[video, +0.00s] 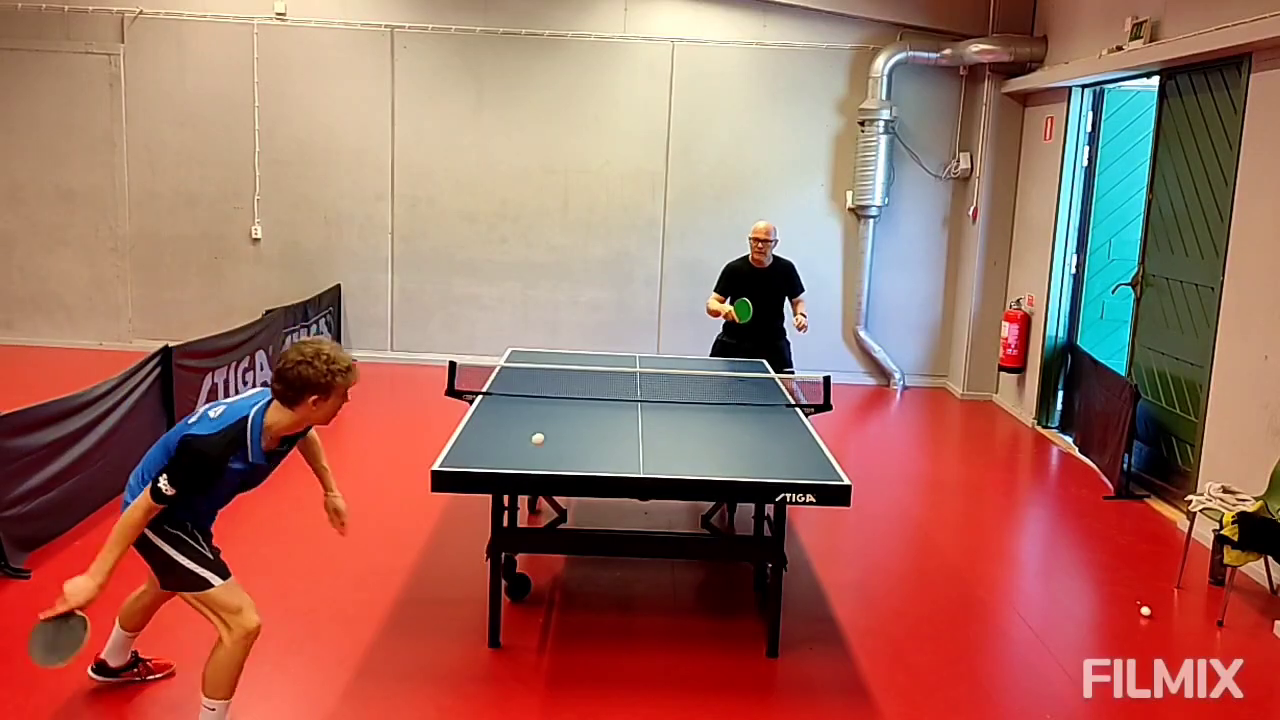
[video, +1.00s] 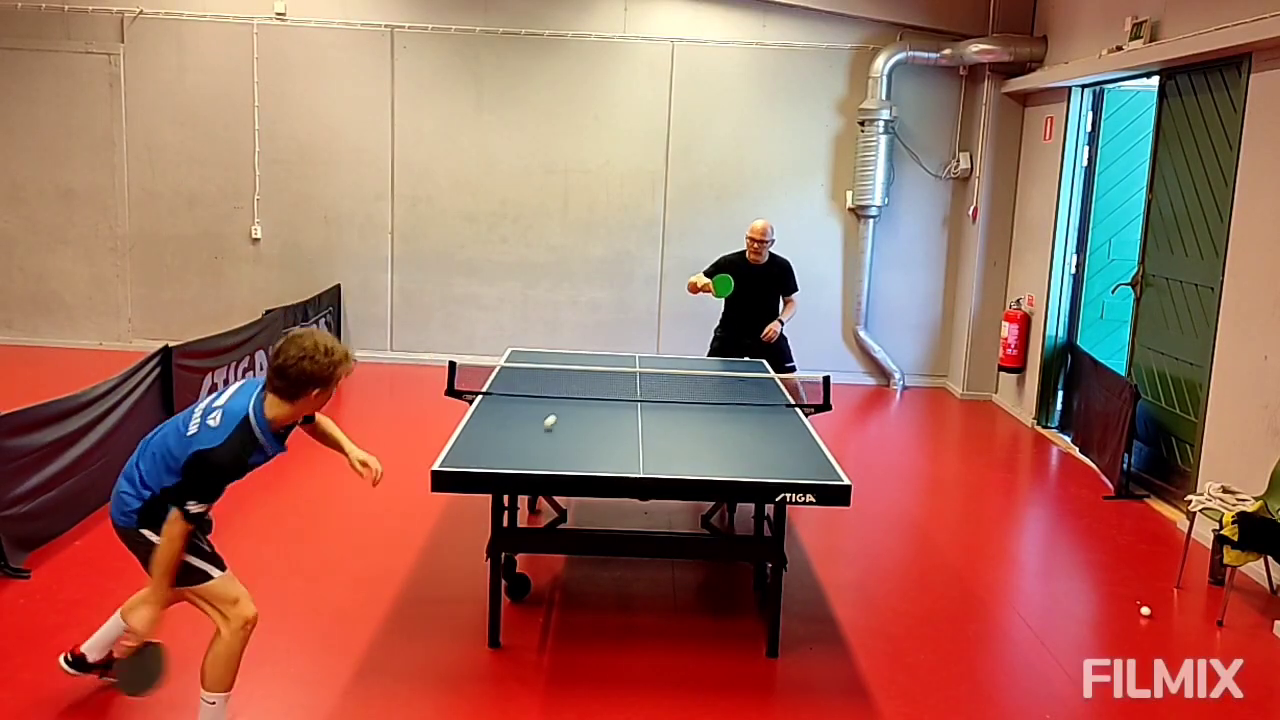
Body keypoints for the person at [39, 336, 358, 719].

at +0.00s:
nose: (345, 403)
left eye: (345, 395)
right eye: (342, 397)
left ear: (310, 398)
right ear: (314, 402)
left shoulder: (286, 414)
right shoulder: (212, 444)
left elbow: (305, 436)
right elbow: (140, 510)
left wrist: (331, 490)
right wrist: (94, 578)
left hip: (193, 511)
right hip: (157, 517)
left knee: (161, 586)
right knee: (241, 625)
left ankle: (113, 663)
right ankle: (211, 716)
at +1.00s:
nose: (334, 393)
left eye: (334, 385)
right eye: (333, 387)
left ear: (281, 373)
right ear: (313, 396)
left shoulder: (272, 391)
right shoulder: (227, 448)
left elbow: (308, 415)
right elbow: (178, 523)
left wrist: (351, 450)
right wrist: (152, 605)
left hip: (172, 498)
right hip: (143, 511)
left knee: (180, 579)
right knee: (238, 616)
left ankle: (89, 655)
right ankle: (212, 714)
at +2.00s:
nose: (203, 252)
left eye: (202, 243)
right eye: (200, 244)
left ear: (140, 252)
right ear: (180, 253)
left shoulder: (89, 308)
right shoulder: (186, 333)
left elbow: (52, 377)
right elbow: (172, 424)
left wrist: (98, 383)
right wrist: (234, 435)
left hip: (107, 484)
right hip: (164, 489)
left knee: (107, 572)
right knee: (215, 598)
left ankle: (80, 682)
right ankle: (217, 714)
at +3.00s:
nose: (365, 271)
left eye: (364, 262)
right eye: (363, 263)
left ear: (304, 262)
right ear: (348, 272)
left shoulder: (251, 305)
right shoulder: (335, 353)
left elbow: (182, 365)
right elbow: (351, 443)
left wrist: (179, 414)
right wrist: (411, 420)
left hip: (203, 480)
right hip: (256, 496)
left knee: (179, 590)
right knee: (304, 611)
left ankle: (127, 701)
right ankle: (280, 716)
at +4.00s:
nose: (306, 282)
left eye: (308, 271)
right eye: (297, 270)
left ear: (259, 266)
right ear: (260, 264)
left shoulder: (215, 304)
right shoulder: (247, 334)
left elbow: (199, 386)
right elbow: (275, 428)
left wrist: (251, 426)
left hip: (170, 480)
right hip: (202, 494)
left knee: (189, 591)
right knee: (236, 621)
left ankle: (123, 702)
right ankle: (228, 719)